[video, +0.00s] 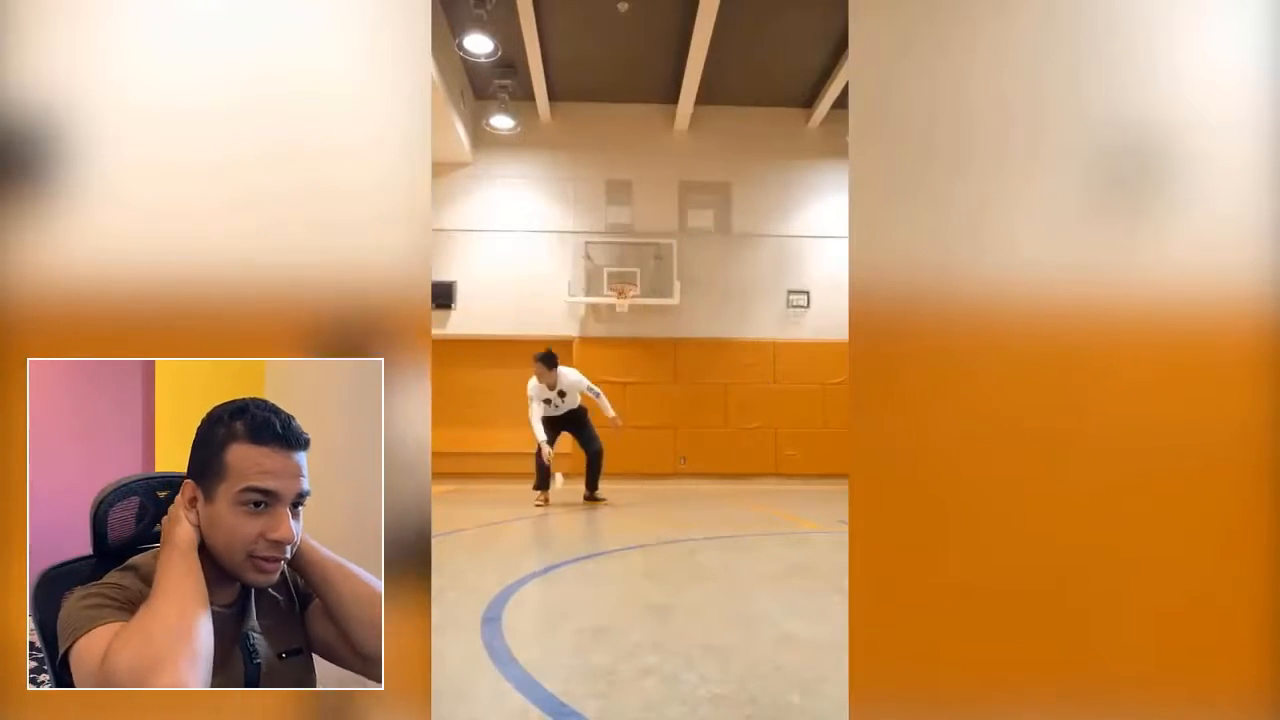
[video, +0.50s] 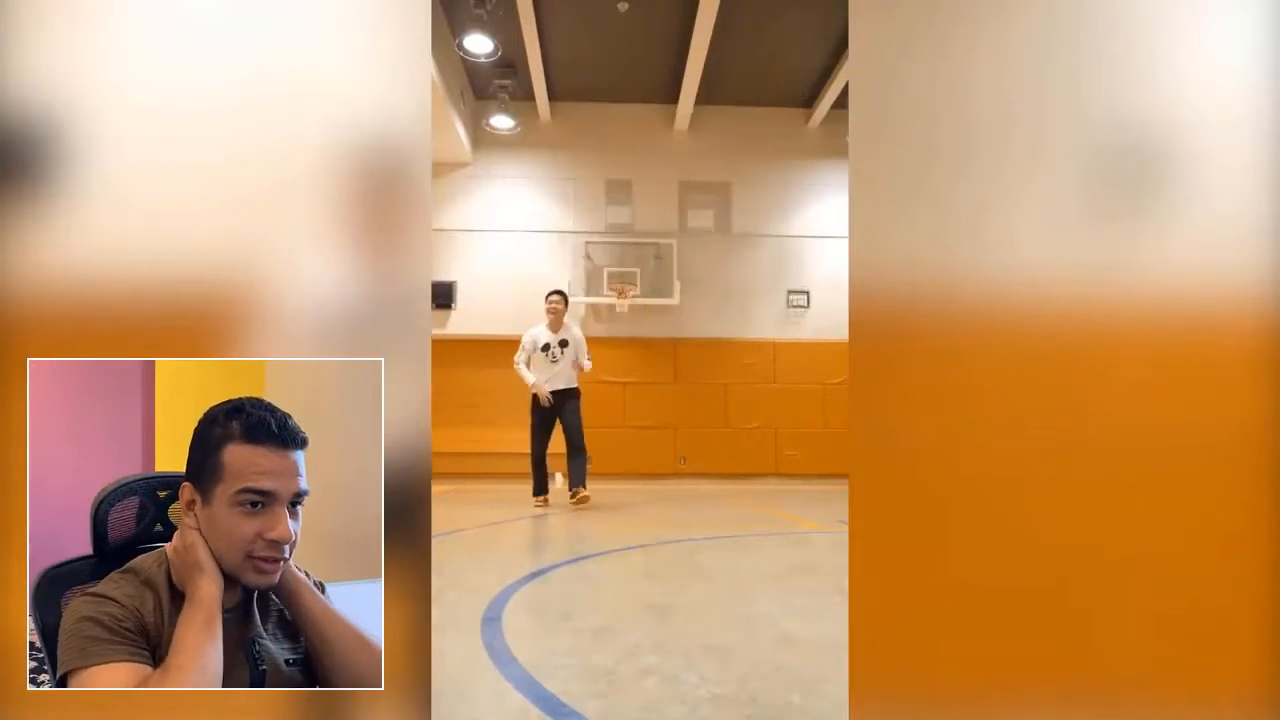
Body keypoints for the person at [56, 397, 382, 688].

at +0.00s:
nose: (286, 535)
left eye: (297, 506)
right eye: (257, 504)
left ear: (304, 503)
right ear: (194, 503)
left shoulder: (284, 585)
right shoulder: (101, 604)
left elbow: (397, 658)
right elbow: (166, 691)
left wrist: (294, 538)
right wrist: (179, 543)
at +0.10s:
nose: (287, 536)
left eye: (298, 506)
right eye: (257, 505)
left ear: (306, 503)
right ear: (194, 504)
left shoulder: (287, 586)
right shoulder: (103, 605)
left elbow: (393, 668)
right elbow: (159, 702)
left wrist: (295, 545)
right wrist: (186, 556)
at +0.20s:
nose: (289, 535)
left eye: (299, 506)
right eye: (259, 506)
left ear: (307, 502)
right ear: (195, 506)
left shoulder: (285, 593)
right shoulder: (106, 606)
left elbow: (388, 674)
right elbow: (162, 709)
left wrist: (295, 553)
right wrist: (191, 563)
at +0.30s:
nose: (289, 534)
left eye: (299, 506)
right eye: (259, 506)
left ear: (307, 502)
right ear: (195, 507)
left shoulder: (284, 596)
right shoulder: (107, 607)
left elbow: (383, 679)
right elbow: (164, 711)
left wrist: (292, 562)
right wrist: (195, 570)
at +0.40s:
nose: (287, 533)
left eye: (297, 506)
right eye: (256, 505)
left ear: (305, 503)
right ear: (193, 507)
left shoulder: (288, 596)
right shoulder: (107, 608)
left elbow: (381, 686)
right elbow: (161, 715)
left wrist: (292, 572)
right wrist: (199, 580)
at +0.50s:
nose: (284, 533)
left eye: (295, 505)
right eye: (254, 505)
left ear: (303, 504)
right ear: (192, 507)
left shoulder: (293, 592)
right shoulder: (107, 609)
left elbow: (379, 690)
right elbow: (160, 716)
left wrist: (290, 579)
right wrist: (204, 590)